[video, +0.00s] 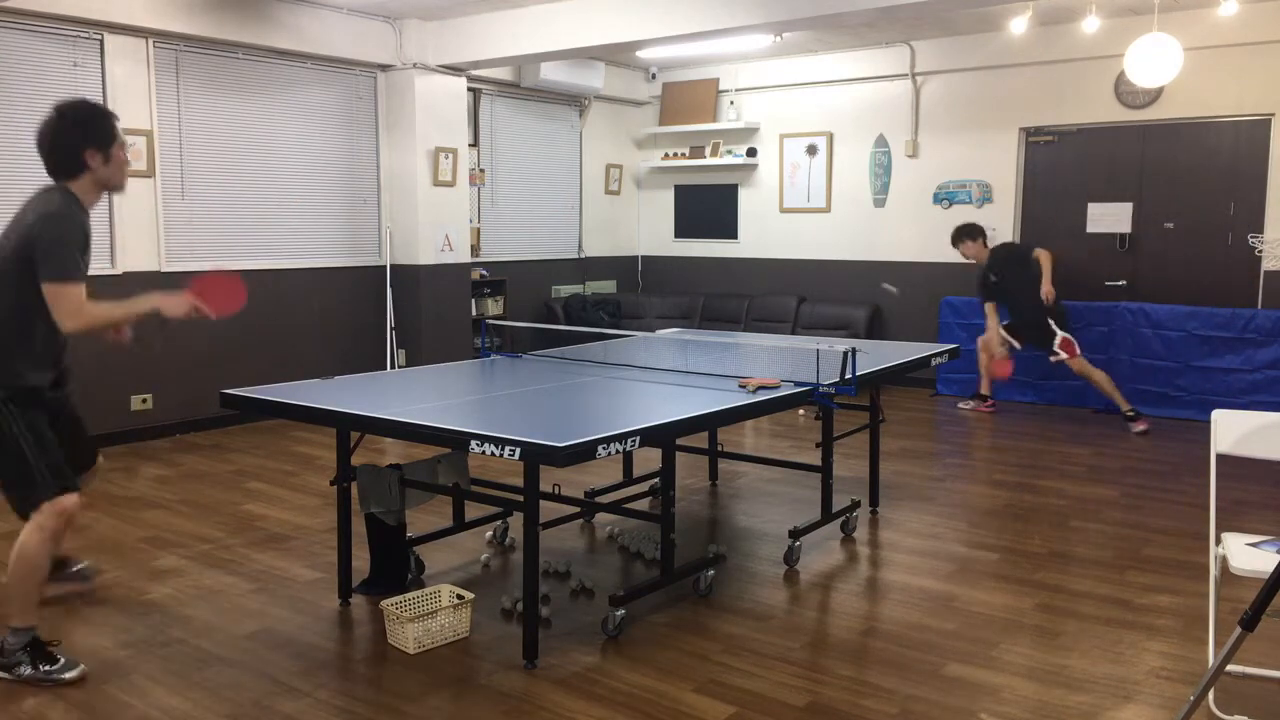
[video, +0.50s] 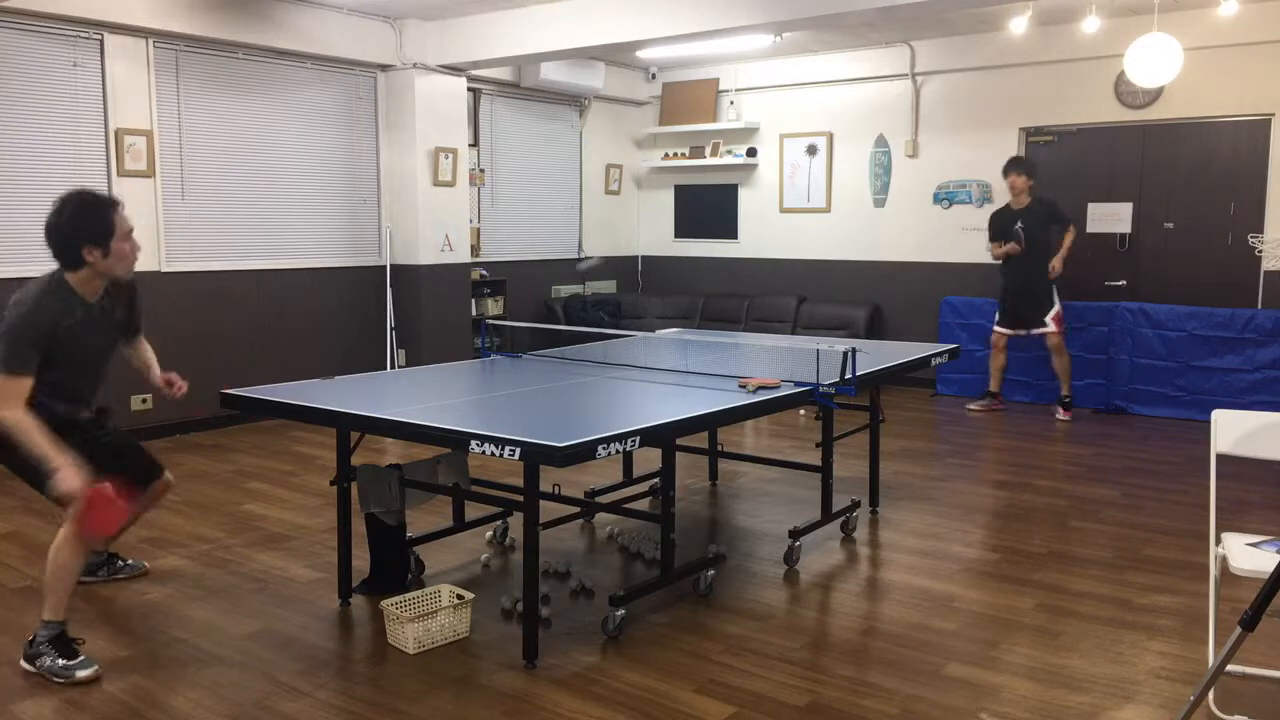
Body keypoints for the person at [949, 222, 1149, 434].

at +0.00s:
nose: (963, 253)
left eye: (964, 247)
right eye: (960, 249)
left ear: (978, 240)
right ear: (968, 248)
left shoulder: (1006, 250)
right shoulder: (985, 278)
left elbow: (1044, 255)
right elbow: (991, 314)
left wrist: (1046, 283)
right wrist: (996, 346)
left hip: (1046, 316)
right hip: (1022, 322)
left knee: (1080, 367)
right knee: (984, 342)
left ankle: (1129, 413)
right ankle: (984, 398)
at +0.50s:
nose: (1013, 182)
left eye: (1018, 176)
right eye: (1009, 176)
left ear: (1029, 180)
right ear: (1004, 180)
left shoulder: (1045, 207)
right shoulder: (998, 216)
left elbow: (1070, 229)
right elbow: (994, 252)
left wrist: (1060, 257)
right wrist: (1005, 249)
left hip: (1042, 285)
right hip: (1011, 287)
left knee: (1055, 342)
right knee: (998, 341)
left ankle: (1065, 399)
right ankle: (993, 395)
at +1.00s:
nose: (1061, 205)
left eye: (1068, 200)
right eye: (1058, 199)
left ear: (1080, 204)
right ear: (1054, 203)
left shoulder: (1094, 229)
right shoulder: (1045, 230)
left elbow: (1112, 258)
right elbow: (1035, 257)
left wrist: (1086, 275)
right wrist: (1044, 271)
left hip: (1085, 300)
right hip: (1052, 299)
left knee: (1105, 352)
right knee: (1023, 345)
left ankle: (1125, 404)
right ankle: (1013, 396)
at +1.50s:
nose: (1055, 230)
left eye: (1055, 224)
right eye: (1051, 227)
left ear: (1065, 215)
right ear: (1053, 224)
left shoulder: (1093, 230)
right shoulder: (1071, 240)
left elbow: (1129, 247)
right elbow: (1082, 269)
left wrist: (1106, 277)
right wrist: (1059, 271)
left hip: (1111, 303)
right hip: (1088, 302)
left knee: (1099, 360)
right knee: (1061, 346)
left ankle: (1122, 405)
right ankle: (1025, 392)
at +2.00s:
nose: (1073, 200)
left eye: (1078, 193)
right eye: (1072, 194)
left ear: (1094, 194)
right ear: (1083, 196)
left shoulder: (1099, 216)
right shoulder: (1094, 221)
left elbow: (1119, 235)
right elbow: (1112, 257)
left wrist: (1118, 271)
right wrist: (1097, 283)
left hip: (1134, 290)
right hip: (1124, 290)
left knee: (1135, 347)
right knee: (1127, 346)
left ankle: (1147, 410)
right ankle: (1137, 403)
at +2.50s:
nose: (1076, 207)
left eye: (1083, 202)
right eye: (1074, 201)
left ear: (1094, 208)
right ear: (1069, 205)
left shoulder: (1109, 235)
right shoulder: (1064, 234)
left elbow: (1126, 267)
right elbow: (1060, 262)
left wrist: (1090, 283)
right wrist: (1063, 274)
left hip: (1101, 304)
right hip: (1070, 303)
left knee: (1108, 360)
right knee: (1039, 347)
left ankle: (1140, 404)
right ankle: (1021, 394)